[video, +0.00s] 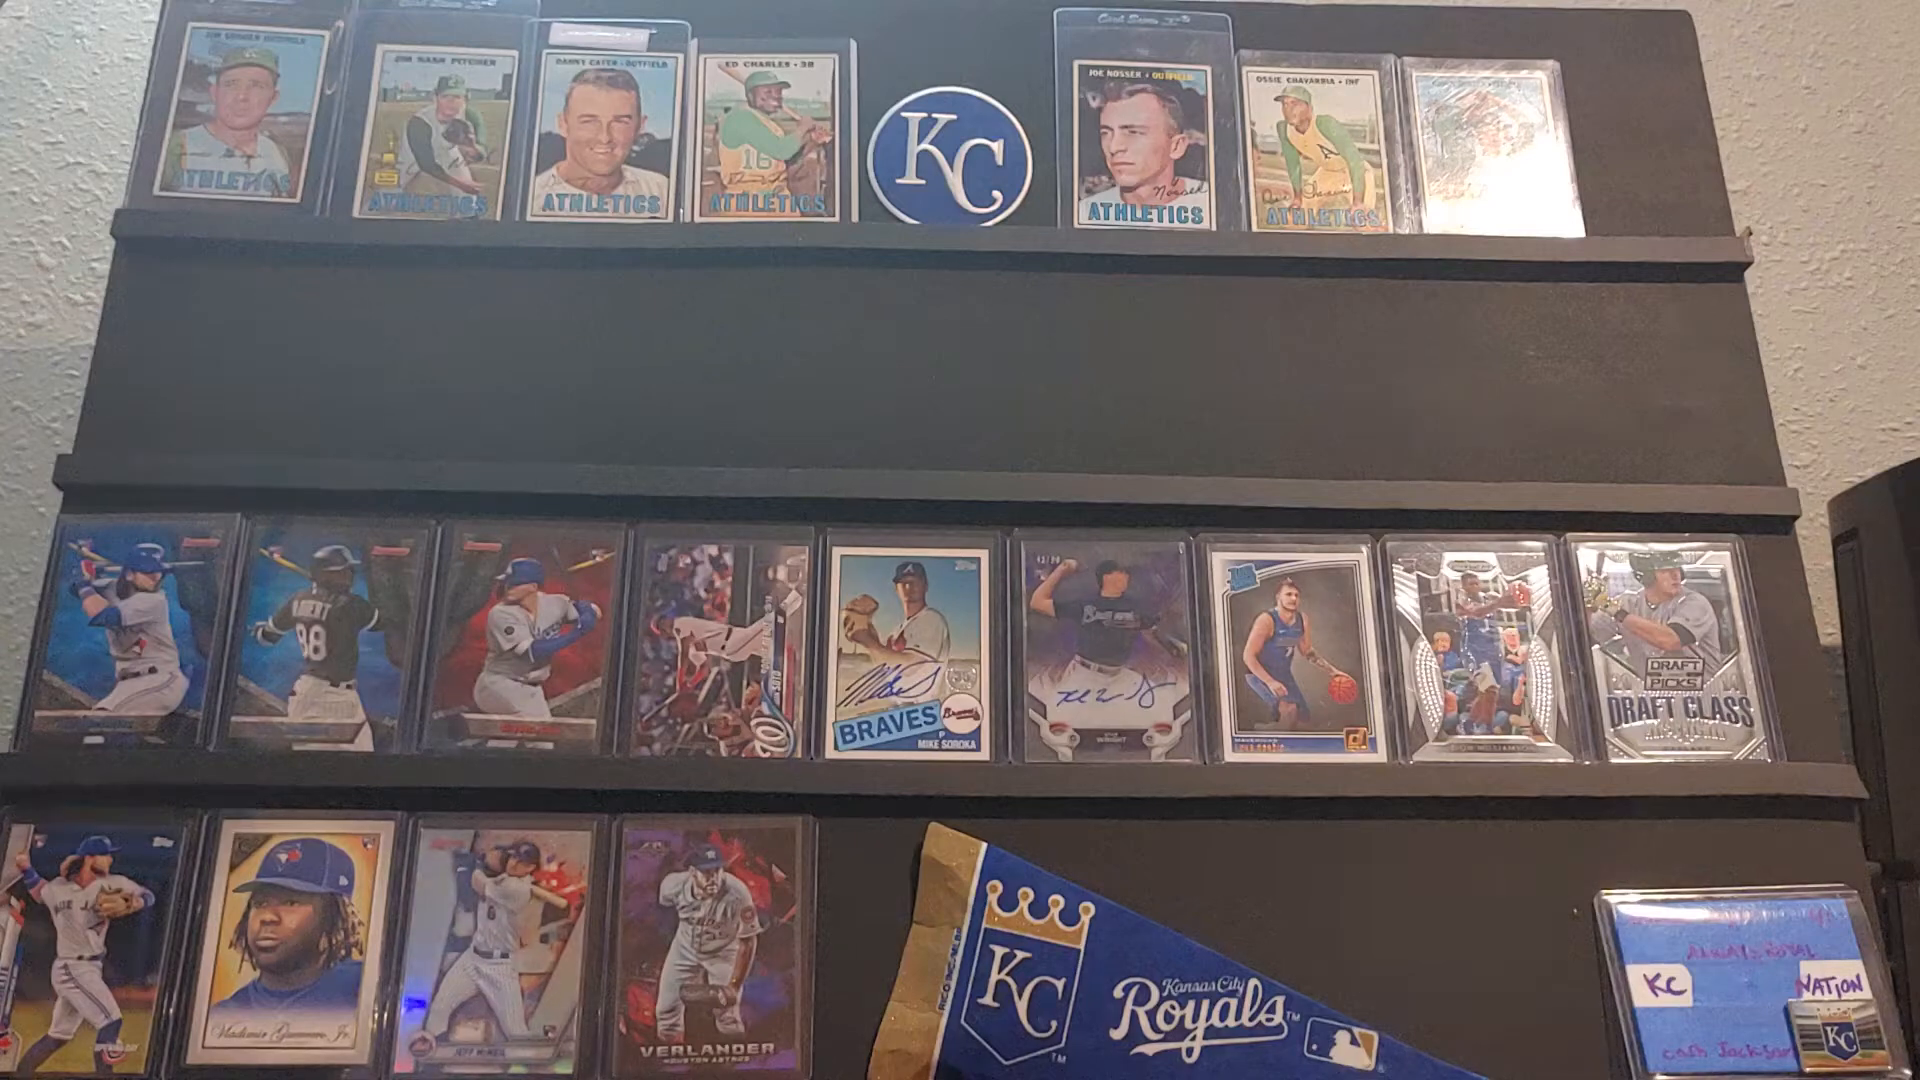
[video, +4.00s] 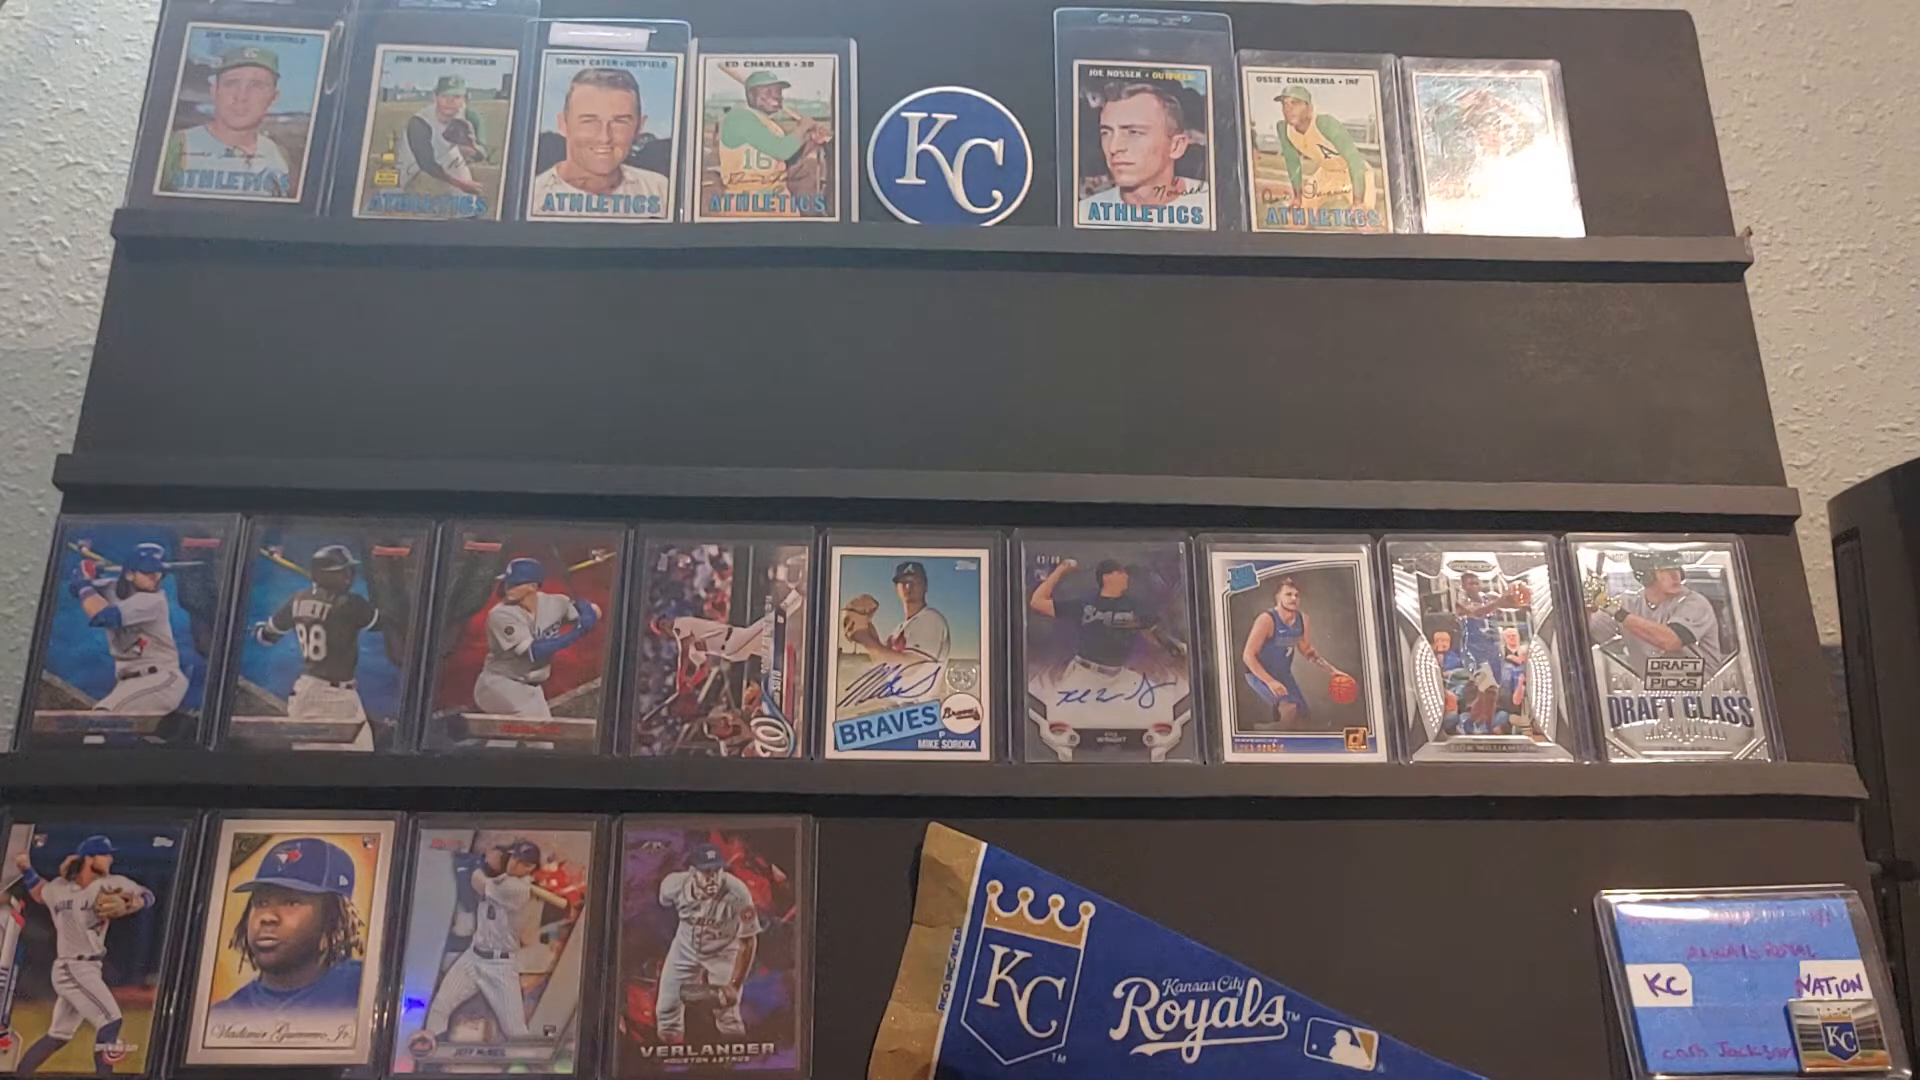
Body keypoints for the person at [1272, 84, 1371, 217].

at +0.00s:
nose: (1288, 109)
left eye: (1294, 104)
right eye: (1284, 104)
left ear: (1309, 108)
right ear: (1281, 108)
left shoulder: (1326, 123)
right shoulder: (1283, 129)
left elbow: (1355, 160)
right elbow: (1293, 164)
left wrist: (1358, 203)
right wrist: (1297, 198)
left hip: (1355, 172)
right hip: (1327, 172)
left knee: (1361, 219)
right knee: (1303, 208)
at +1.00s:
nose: (1288, 109)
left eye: (1294, 103)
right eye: (1285, 104)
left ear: (1309, 107)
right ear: (1281, 108)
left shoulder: (1327, 124)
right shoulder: (1283, 129)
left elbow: (1355, 162)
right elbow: (1293, 164)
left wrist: (1358, 202)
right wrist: (1297, 197)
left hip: (1354, 173)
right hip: (1327, 172)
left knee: (1361, 220)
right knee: (1300, 210)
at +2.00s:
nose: (1288, 109)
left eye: (1294, 103)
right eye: (1284, 104)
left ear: (1309, 107)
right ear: (1281, 107)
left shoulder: (1326, 124)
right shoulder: (1284, 129)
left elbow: (1355, 161)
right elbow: (1293, 163)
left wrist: (1358, 202)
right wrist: (1297, 197)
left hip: (1354, 173)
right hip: (1327, 172)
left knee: (1361, 220)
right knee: (1301, 208)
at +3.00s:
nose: (1288, 109)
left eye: (1294, 104)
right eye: (1284, 104)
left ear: (1309, 108)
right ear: (1281, 108)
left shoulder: (1326, 124)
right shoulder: (1284, 128)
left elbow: (1355, 161)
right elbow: (1292, 163)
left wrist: (1358, 202)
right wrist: (1297, 197)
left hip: (1354, 172)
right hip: (1327, 171)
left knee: (1361, 217)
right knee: (1303, 207)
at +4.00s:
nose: (1288, 109)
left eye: (1294, 103)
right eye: (1285, 104)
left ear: (1308, 107)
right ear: (1282, 108)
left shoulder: (1326, 123)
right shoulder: (1283, 128)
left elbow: (1355, 160)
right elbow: (1292, 162)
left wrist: (1358, 203)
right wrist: (1297, 197)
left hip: (1354, 172)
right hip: (1326, 172)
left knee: (1361, 219)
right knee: (1304, 210)